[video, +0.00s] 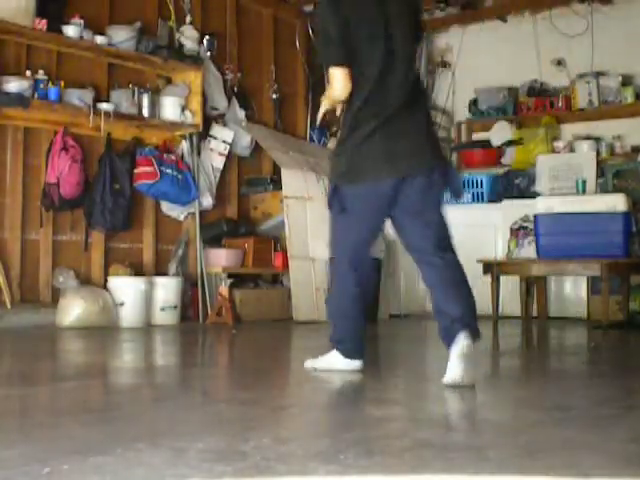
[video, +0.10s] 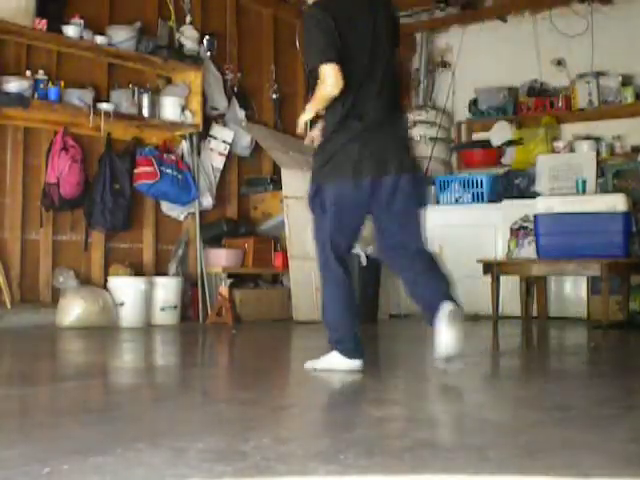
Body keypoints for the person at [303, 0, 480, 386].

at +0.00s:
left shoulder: (331, 8)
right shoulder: (405, 4)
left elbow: (341, 86)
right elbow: (406, 61)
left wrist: (328, 102)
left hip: (367, 158)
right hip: (417, 149)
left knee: (347, 258)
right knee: (434, 252)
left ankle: (347, 351)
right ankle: (461, 335)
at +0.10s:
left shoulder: (320, 13)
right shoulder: (383, 9)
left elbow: (332, 82)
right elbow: (382, 81)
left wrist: (307, 113)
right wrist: (329, 122)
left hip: (347, 161)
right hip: (395, 157)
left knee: (333, 255)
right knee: (402, 245)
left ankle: (346, 350)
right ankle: (442, 306)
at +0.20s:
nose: (287, 4)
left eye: (288, 0)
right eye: (287, 1)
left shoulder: (314, 21)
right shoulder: (362, 18)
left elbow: (322, 85)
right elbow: (381, 90)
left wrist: (300, 117)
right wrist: (328, 116)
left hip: (334, 167)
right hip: (373, 165)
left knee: (318, 259)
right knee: (356, 249)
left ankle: (345, 350)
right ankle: (407, 306)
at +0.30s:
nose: (283, 4)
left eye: (285, 0)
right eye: (283, 2)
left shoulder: (317, 21)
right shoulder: (334, 20)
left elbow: (322, 85)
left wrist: (291, 110)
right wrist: (301, 111)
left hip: (334, 159)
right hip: (340, 156)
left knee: (311, 248)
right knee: (304, 239)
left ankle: (345, 348)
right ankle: (359, 310)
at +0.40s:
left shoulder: (323, 14)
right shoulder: (301, 24)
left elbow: (336, 74)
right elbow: (313, 80)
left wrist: (292, 99)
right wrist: (285, 99)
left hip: (329, 150)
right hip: (306, 150)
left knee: (318, 247)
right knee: (283, 237)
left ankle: (347, 337)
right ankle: (308, 313)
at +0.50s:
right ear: (278, 1)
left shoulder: (326, 20)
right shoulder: (278, 29)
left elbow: (348, 83)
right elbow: (280, 84)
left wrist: (293, 102)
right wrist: (272, 107)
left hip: (325, 157)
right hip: (287, 157)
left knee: (330, 247)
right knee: (280, 246)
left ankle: (343, 331)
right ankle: (278, 326)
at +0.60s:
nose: (290, 6)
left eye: (297, 0)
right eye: (285, 0)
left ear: (311, 5)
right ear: (277, 5)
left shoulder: (333, 47)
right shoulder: (262, 52)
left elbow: (344, 110)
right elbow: (254, 115)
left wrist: (299, 130)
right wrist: (267, 147)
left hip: (318, 174)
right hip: (275, 175)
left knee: (327, 255)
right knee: (274, 258)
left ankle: (334, 330)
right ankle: (277, 335)